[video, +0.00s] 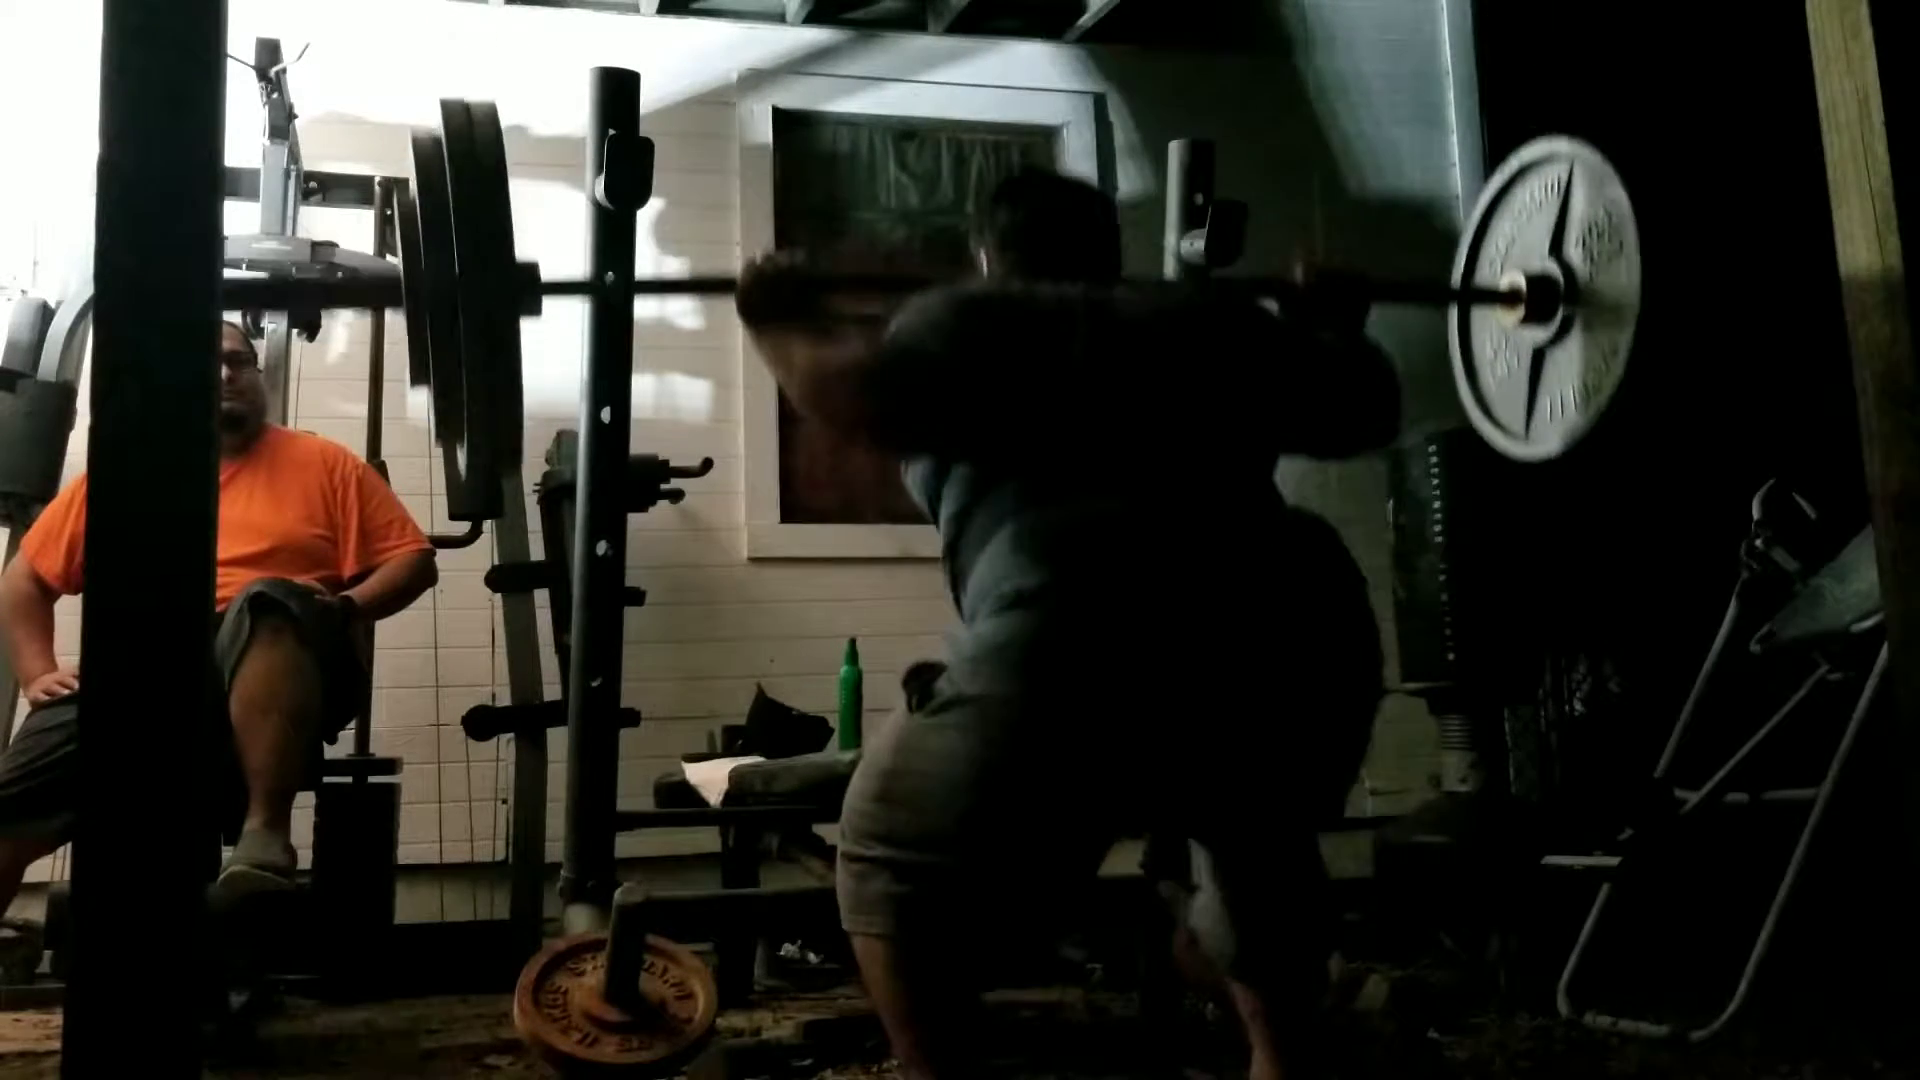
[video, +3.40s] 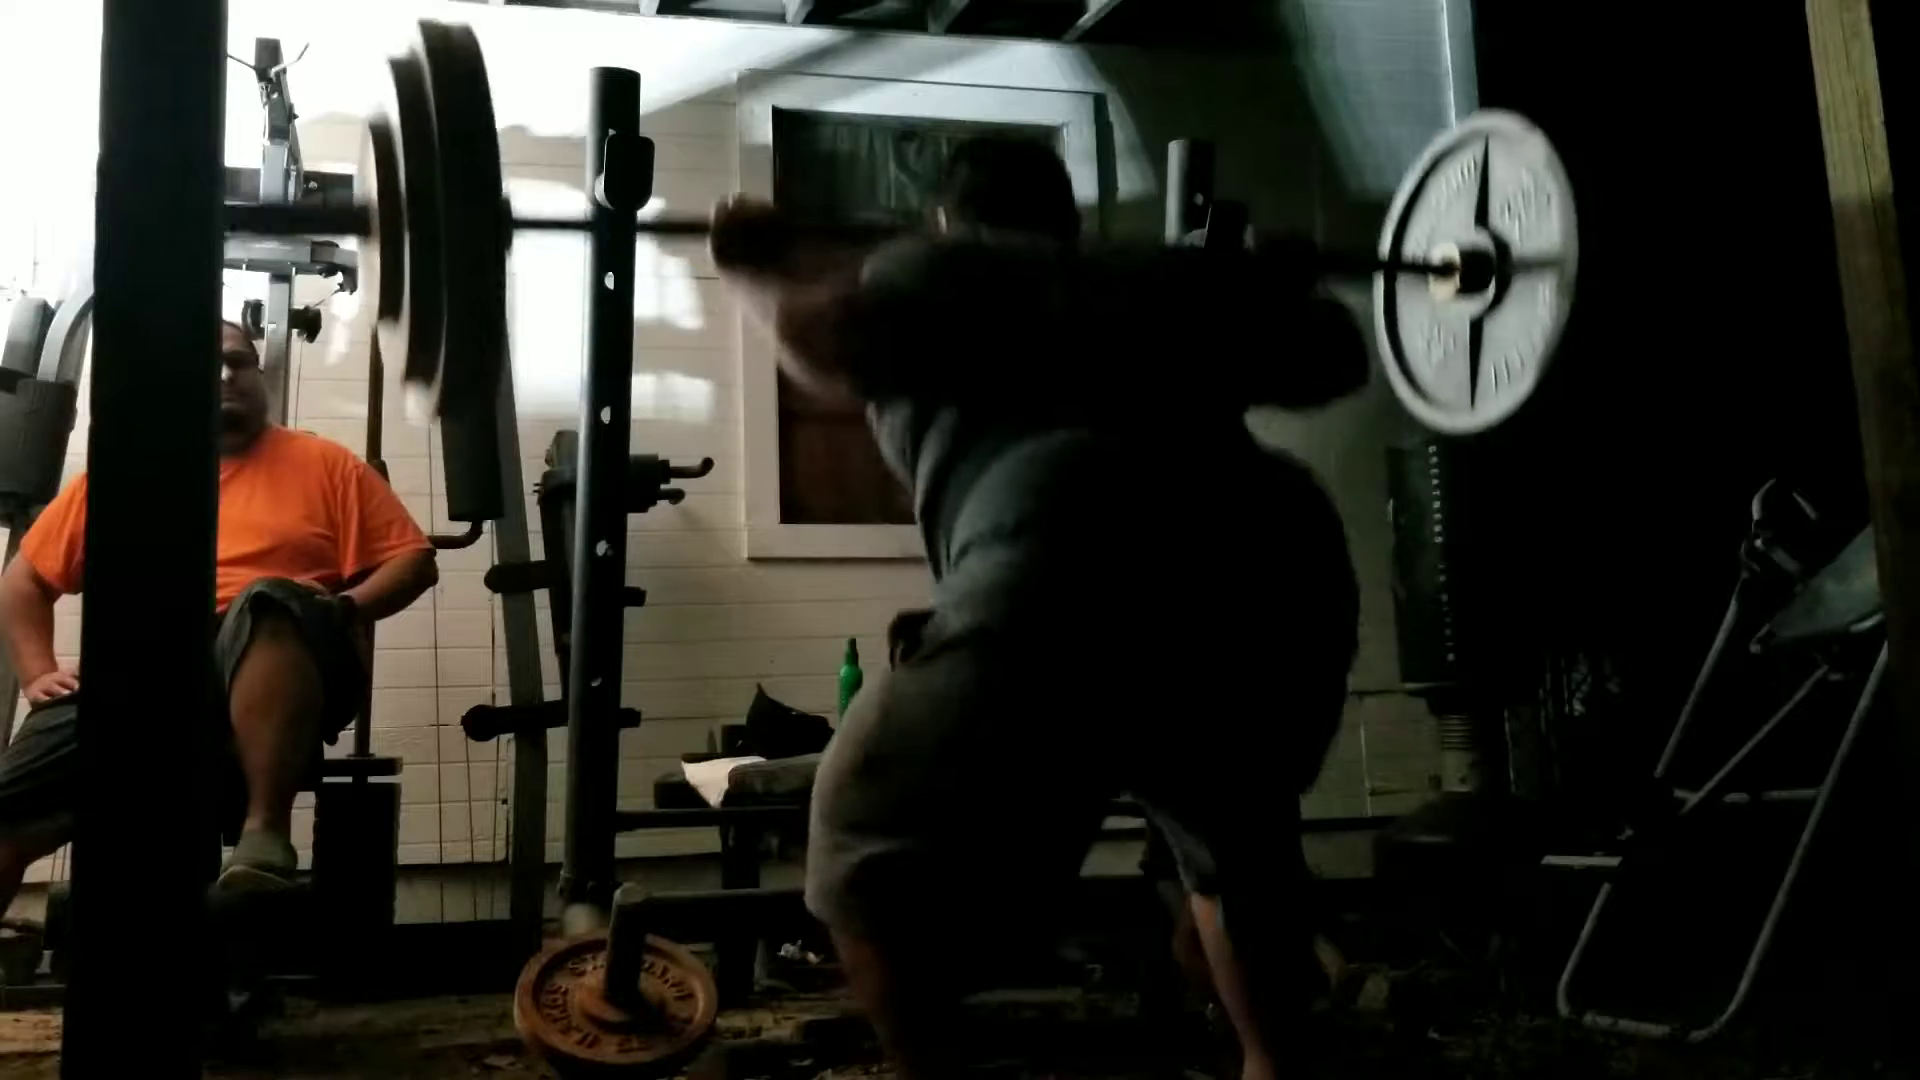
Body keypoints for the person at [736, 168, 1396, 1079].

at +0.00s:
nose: (974, 268)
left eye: (976, 255)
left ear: (989, 261)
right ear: (1113, 255)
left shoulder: (954, 324)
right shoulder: (1204, 321)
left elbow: (857, 404)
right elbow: (1364, 414)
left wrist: (773, 315)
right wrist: (1332, 318)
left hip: (1060, 655)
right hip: (1273, 643)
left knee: (887, 860)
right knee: (1258, 844)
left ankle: (929, 1062)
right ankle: (1282, 1056)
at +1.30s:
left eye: (961, 94)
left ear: (964, 103)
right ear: (1089, 98)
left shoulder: (935, 162)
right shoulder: (1181, 169)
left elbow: (836, 226)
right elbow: (1338, 246)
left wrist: (767, 149)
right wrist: (1300, 155)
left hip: (1018, 539)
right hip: (1222, 538)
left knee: (893, 865)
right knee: (1239, 839)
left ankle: (933, 1063)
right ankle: (1275, 1059)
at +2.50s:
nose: (950, 236)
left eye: (953, 223)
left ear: (966, 227)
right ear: (1091, 223)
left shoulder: (936, 292)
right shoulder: (1182, 292)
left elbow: (836, 368)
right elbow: (1344, 376)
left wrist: (773, 278)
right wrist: (1294, 282)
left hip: (1046, 615)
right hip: (1257, 607)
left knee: (872, 844)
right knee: (1234, 849)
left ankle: (930, 1061)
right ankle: (1277, 1058)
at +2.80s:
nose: (948, 385)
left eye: (952, 371)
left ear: (968, 374)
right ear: (1086, 368)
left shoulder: (934, 444)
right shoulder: (1179, 437)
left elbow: (855, 542)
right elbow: (1345, 525)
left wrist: (775, 451)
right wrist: (1300, 434)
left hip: (1039, 793)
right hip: (1256, 782)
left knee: (825, 853)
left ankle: (920, 1062)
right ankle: (1276, 1053)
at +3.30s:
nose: (931, 277)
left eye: (933, 266)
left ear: (947, 268)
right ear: (1075, 266)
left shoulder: (922, 331)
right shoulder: (1170, 328)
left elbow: (819, 395)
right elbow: (1338, 410)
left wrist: (772, 322)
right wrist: (1281, 318)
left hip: (1051, 634)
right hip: (1276, 624)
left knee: (866, 842)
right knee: (1240, 844)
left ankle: (919, 1057)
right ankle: (1278, 1057)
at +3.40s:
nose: (927, 232)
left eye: (931, 220)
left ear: (945, 222)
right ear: (1073, 218)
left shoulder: (919, 280)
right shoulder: (1158, 282)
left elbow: (829, 348)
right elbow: (1330, 355)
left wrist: (767, 266)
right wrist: (1276, 274)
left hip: (1052, 574)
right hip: (1267, 559)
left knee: (872, 830)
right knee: (1234, 816)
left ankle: (925, 1059)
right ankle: (1274, 1056)